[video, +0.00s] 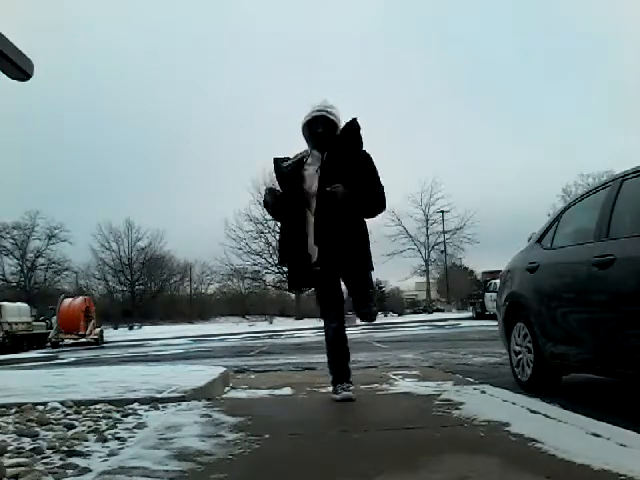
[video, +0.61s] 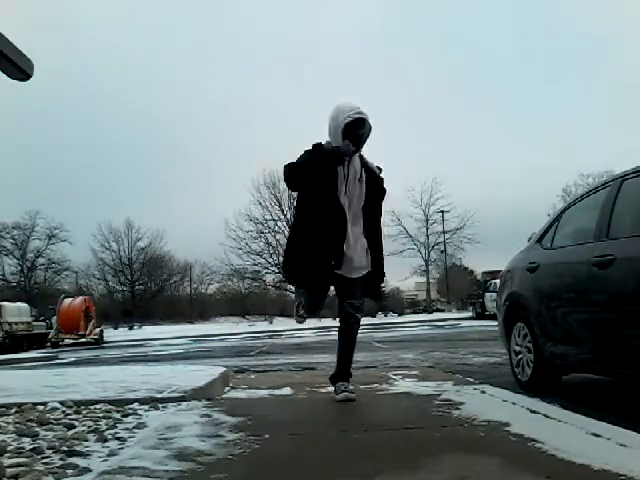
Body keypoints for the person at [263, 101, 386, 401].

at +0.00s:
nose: (319, 132)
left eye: (325, 126)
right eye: (313, 127)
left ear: (336, 129)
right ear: (305, 132)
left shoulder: (355, 159)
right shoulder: (295, 169)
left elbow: (376, 203)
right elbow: (287, 213)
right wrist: (273, 200)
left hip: (351, 247)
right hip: (316, 252)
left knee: (365, 311)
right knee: (332, 319)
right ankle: (341, 381)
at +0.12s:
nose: (333, 138)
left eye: (338, 132)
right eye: (326, 132)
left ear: (346, 136)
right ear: (316, 136)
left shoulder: (360, 170)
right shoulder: (301, 170)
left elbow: (382, 208)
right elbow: (269, 206)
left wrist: (380, 224)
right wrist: (290, 181)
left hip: (352, 255)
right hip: (318, 258)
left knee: (350, 312)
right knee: (333, 320)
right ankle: (341, 381)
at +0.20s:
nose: (342, 124)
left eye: (348, 118)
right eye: (336, 117)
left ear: (355, 122)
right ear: (323, 119)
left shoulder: (365, 155)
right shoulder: (304, 148)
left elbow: (383, 189)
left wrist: (391, 223)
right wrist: (292, 143)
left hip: (353, 237)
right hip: (317, 239)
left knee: (353, 283)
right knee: (328, 307)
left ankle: (359, 314)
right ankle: (338, 372)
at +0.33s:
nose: (345, 112)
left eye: (351, 105)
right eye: (339, 105)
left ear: (358, 109)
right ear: (326, 107)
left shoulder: (368, 141)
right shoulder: (310, 131)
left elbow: (380, 190)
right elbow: (286, 158)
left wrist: (388, 232)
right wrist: (309, 123)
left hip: (353, 226)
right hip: (318, 227)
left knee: (351, 292)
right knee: (319, 288)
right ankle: (321, 339)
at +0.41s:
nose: (349, 125)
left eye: (353, 120)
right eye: (343, 119)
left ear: (359, 121)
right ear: (328, 121)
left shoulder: (371, 151)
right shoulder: (314, 147)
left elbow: (381, 200)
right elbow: (309, 183)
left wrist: (384, 244)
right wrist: (321, 137)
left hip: (355, 240)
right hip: (321, 240)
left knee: (350, 310)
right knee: (314, 298)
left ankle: (343, 377)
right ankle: (310, 304)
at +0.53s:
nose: (359, 147)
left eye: (363, 141)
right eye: (352, 140)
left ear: (367, 144)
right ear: (336, 141)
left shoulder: (369, 182)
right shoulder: (318, 171)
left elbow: (375, 231)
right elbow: (302, 218)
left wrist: (381, 272)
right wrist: (291, 261)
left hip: (357, 264)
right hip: (322, 261)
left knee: (353, 324)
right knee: (309, 317)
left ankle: (342, 380)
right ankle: (296, 284)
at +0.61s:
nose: (360, 136)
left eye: (364, 130)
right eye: (354, 129)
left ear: (367, 134)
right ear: (338, 129)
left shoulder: (371, 175)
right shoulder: (317, 160)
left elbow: (374, 227)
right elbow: (292, 180)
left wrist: (377, 269)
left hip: (356, 257)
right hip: (319, 254)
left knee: (351, 318)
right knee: (312, 309)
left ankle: (342, 379)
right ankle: (302, 302)